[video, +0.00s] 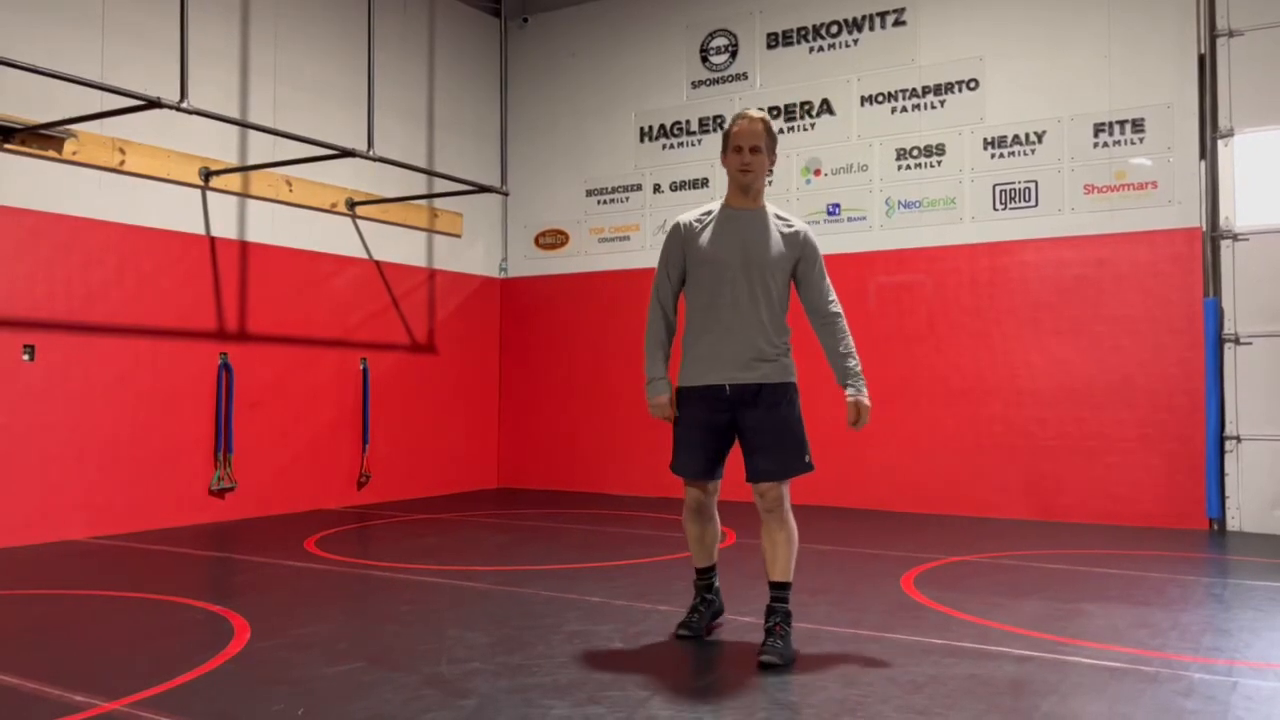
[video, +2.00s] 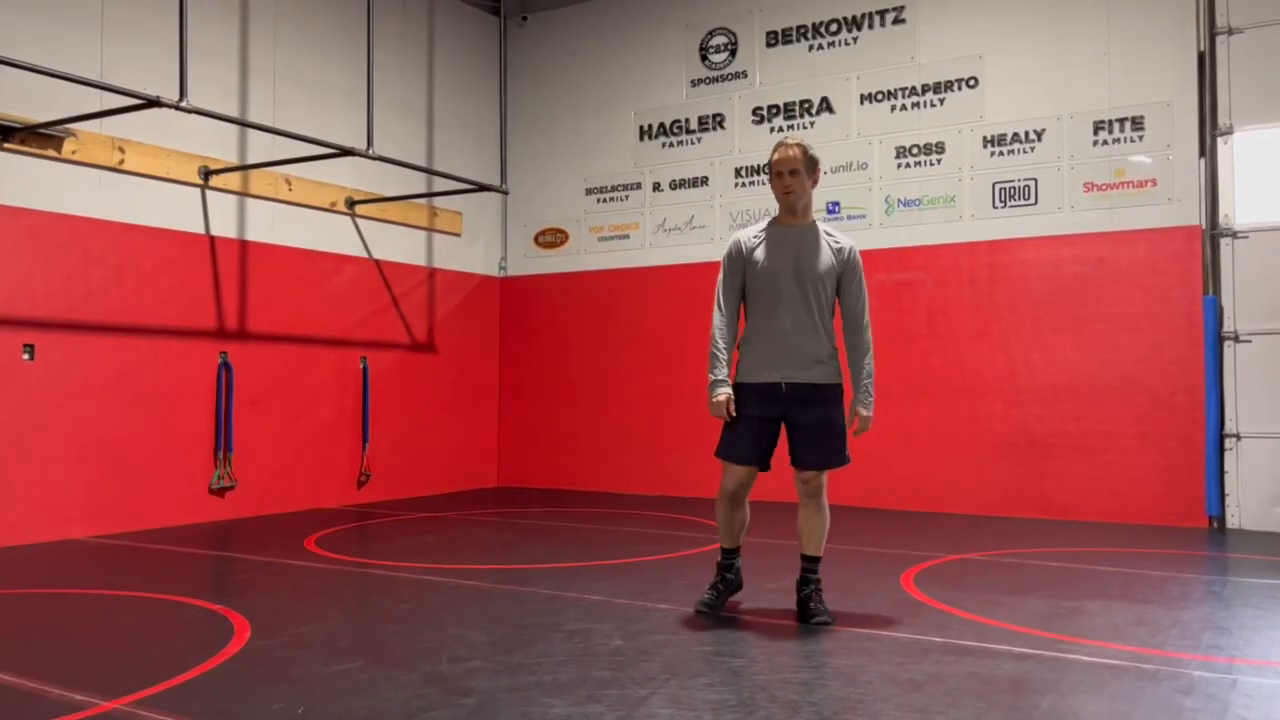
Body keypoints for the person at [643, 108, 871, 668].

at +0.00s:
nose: (747, 158)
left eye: (757, 149)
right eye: (737, 148)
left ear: (772, 159)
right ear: (722, 157)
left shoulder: (792, 235)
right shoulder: (687, 231)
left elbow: (827, 313)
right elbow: (661, 309)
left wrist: (854, 383)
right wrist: (656, 379)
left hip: (769, 387)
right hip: (702, 388)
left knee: (772, 498)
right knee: (697, 497)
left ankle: (778, 620)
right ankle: (706, 598)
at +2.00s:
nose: (783, 181)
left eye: (793, 172)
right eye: (776, 173)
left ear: (815, 178)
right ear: (769, 180)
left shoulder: (840, 250)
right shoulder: (744, 245)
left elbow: (858, 329)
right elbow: (723, 319)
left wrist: (863, 394)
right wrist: (719, 381)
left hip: (816, 390)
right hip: (754, 389)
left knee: (812, 486)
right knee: (732, 488)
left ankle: (810, 588)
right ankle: (727, 575)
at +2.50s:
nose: (734, 182)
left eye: (743, 174)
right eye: (728, 175)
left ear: (764, 181)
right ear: (720, 184)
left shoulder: (790, 242)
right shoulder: (706, 253)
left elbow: (802, 318)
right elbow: (692, 325)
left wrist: (784, 377)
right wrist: (680, 383)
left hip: (772, 387)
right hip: (719, 389)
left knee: (789, 485)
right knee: (723, 482)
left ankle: (806, 587)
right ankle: (728, 582)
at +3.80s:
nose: (773, 176)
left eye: (783, 169)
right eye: (765, 168)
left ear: (799, 179)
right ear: (754, 178)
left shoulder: (825, 245)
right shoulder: (728, 248)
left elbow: (847, 316)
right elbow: (709, 320)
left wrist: (805, 318)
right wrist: (741, 351)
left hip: (808, 385)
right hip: (747, 387)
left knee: (810, 489)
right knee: (733, 485)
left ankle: (810, 593)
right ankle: (729, 580)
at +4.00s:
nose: (785, 176)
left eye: (795, 168)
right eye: (778, 168)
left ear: (813, 176)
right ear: (767, 177)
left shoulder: (839, 240)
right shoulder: (743, 245)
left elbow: (850, 309)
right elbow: (725, 315)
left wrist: (804, 268)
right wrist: (784, 287)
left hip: (819, 383)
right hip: (758, 381)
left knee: (818, 491)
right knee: (729, 486)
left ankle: (812, 592)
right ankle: (735, 565)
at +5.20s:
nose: (721, 172)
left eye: (728, 161)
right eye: (717, 164)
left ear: (761, 159)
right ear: (725, 168)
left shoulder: (804, 224)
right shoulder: (709, 239)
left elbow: (802, 295)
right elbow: (682, 310)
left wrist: (753, 257)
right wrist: (706, 317)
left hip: (780, 379)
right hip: (722, 381)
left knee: (783, 495)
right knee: (730, 495)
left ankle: (817, 561)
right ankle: (740, 613)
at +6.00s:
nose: (793, 161)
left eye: (804, 151)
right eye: (786, 152)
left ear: (829, 157)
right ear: (780, 160)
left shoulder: (858, 229)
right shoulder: (759, 235)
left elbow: (880, 308)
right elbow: (732, 306)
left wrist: (825, 274)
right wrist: (754, 303)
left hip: (834, 379)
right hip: (771, 381)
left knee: (839, 494)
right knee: (755, 491)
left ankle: (843, 611)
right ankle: (744, 613)